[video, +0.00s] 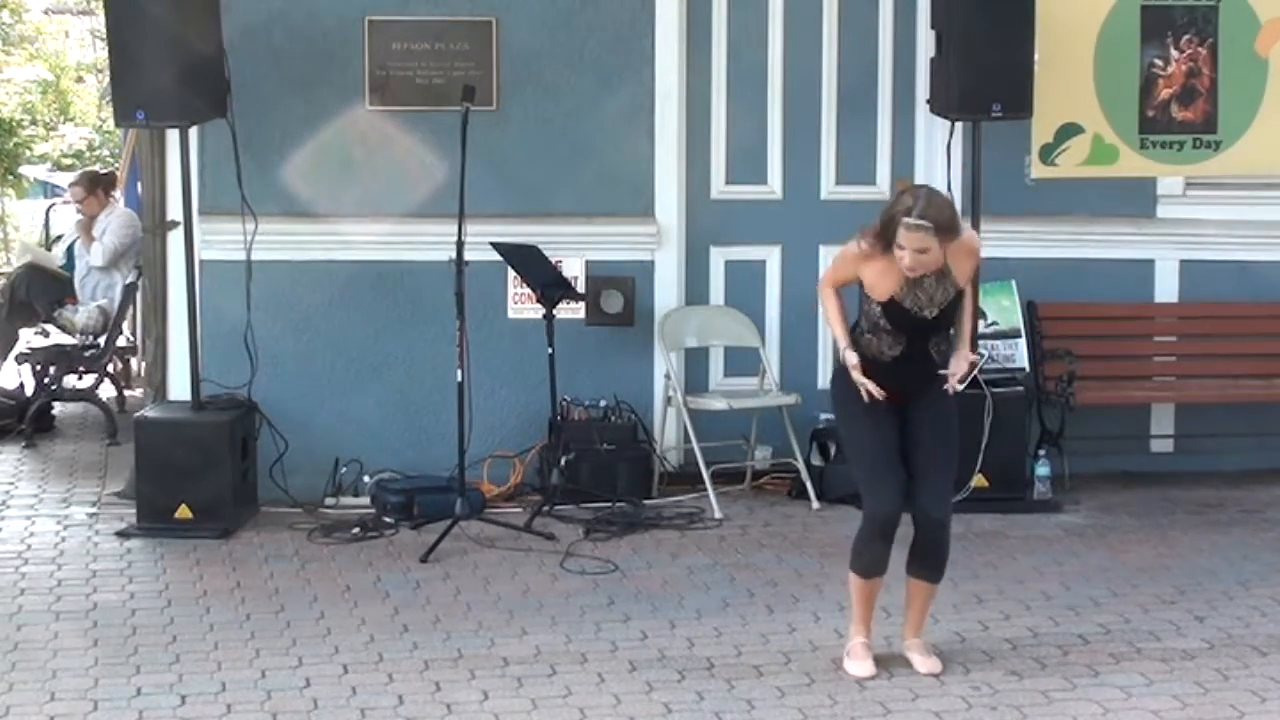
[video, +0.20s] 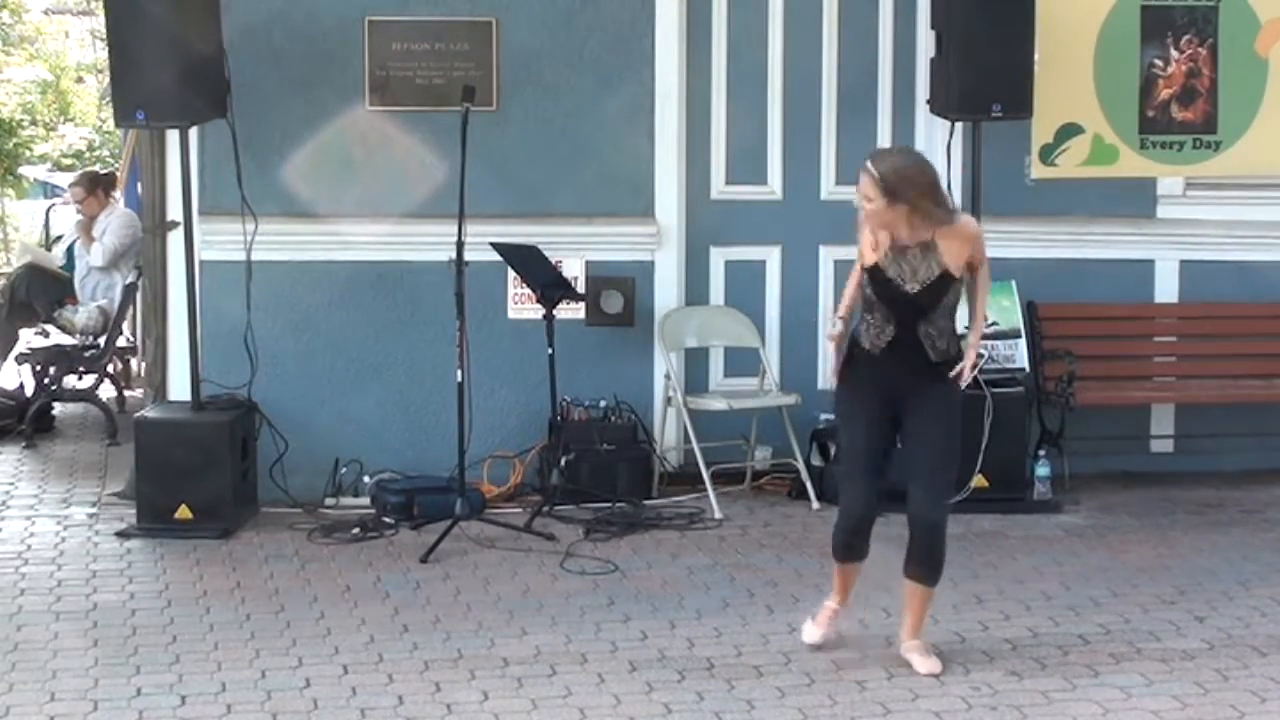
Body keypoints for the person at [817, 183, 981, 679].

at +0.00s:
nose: (909, 260)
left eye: (921, 251)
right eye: (901, 248)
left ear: (946, 240)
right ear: (890, 236)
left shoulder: (965, 251)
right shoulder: (865, 256)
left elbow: (967, 289)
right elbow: (828, 285)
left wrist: (965, 346)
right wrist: (848, 353)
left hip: (930, 383)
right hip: (865, 381)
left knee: (935, 510)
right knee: (884, 506)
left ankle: (913, 638)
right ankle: (859, 637)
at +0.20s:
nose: (863, 207)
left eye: (870, 199)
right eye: (861, 198)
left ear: (903, 199)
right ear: (888, 197)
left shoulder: (960, 235)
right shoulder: (870, 223)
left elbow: (978, 271)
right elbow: (863, 267)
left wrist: (976, 335)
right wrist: (840, 319)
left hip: (933, 377)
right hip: (867, 372)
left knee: (928, 509)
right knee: (857, 503)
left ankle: (912, 637)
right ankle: (837, 601)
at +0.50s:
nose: (828, 127)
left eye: (834, 117)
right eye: (830, 117)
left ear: (860, 122)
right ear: (854, 124)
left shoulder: (916, 176)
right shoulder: (850, 179)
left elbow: (983, 228)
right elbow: (864, 256)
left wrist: (966, 309)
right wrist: (827, 284)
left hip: (903, 343)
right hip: (846, 338)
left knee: (900, 484)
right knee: (815, 461)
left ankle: (917, 629)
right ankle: (817, 576)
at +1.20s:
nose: (837, 155)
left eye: (845, 147)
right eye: (825, 146)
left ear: (855, 159)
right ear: (802, 157)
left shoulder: (863, 222)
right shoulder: (803, 224)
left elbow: (929, 259)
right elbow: (818, 311)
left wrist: (968, 230)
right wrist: (794, 371)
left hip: (870, 384)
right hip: (820, 382)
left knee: (851, 509)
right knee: (794, 501)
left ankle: (891, 664)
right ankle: (836, 603)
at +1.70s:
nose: (843, 177)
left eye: (847, 168)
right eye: (846, 168)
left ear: (867, 175)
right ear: (877, 175)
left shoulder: (910, 250)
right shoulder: (870, 235)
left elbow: (966, 342)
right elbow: (882, 325)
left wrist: (968, 304)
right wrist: (852, 383)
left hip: (903, 410)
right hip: (859, 395)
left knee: (851, 545)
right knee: (817, 492)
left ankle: (898, 668)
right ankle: (791, 584)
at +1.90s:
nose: (853, 195)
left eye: (856, 186)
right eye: (854, 186)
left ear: (869, 191)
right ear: (903, 183)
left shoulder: (906, 264)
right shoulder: (877, 243)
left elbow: (944, 347)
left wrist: (942, 368)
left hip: (902, 418)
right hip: (859, 399)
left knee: (849, 551)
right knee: (818, 493)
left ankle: (898, 668)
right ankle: (789, 581)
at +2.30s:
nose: (819, 189)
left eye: (824, 181)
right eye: (824, 179)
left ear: (835, 188)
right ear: (877, 184)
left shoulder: (851, 258)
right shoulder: (865, 244)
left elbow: (897, 351)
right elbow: (916, 332)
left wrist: (912, 442)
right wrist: (931, 402)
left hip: (877, 408)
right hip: (853, 398)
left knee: (834, 550)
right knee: (816, 487)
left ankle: (898, 669)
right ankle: (787, 589)